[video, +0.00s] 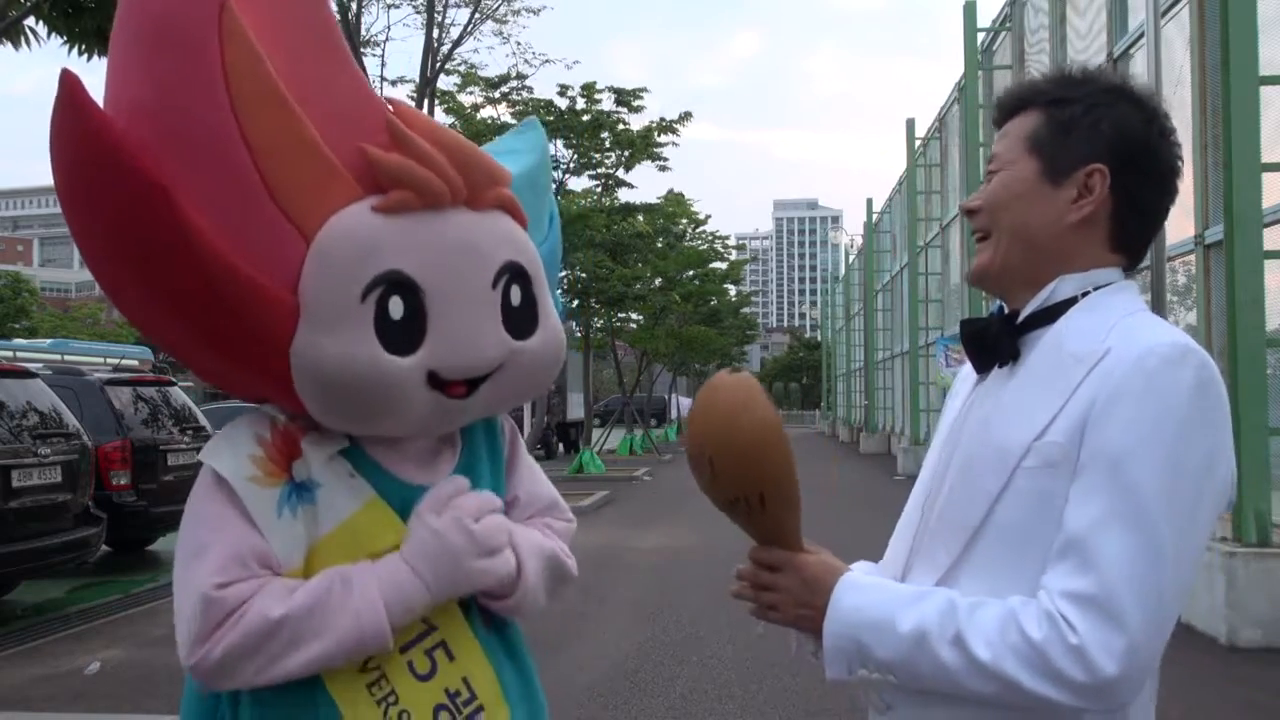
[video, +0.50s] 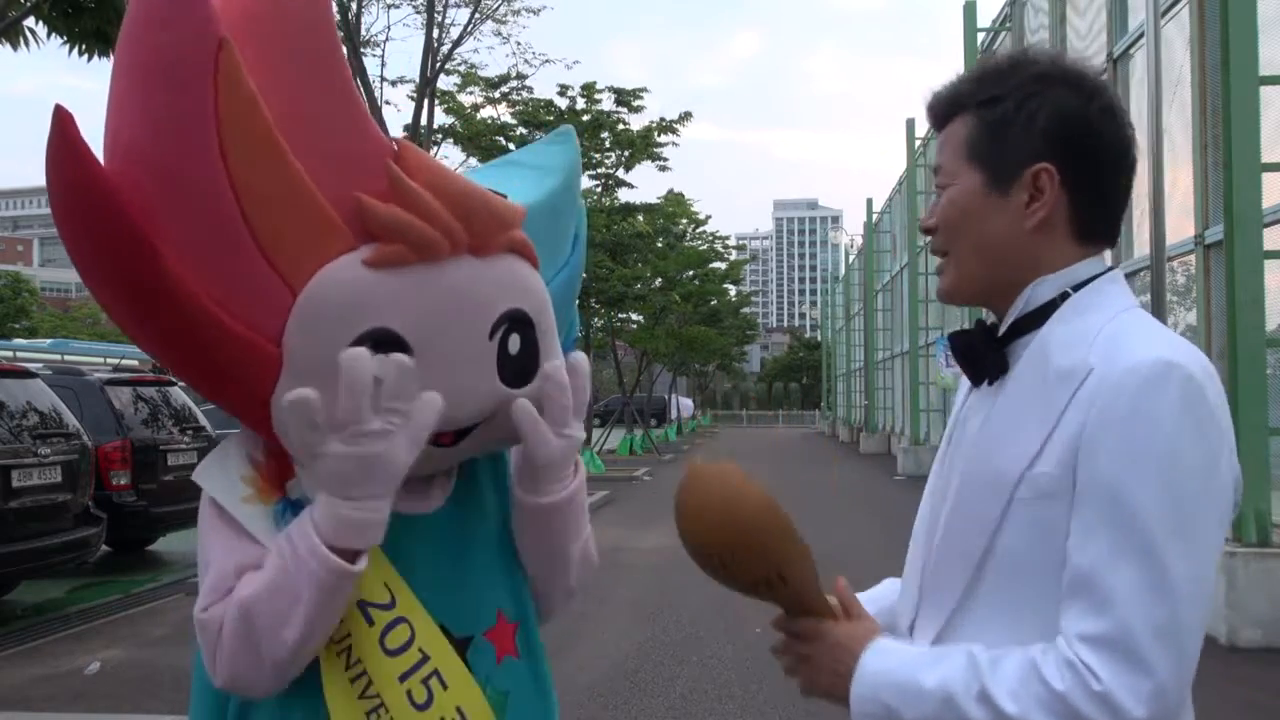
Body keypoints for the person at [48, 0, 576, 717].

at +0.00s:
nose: (467, 353)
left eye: (509, 300)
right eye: (399, 310)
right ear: (295, 312)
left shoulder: (491, 438)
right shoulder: (245, 465)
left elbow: (556, 541)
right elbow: (218, 638)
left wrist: (506, 558)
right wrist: (415, 574)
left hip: (491, 705)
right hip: (308, 712)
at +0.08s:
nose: (464, 363)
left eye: (507, 309)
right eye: (401, 318)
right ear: (300, 322)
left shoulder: (488, 441)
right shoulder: (242, 471)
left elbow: (555, 540)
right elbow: (219, 643)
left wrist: (502, 557)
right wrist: (410, 575)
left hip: (487, 704)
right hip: (306, 712)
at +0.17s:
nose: (466, 389)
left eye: (511, 325)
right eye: (398, 344)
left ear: (535, 318)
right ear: (295, 340)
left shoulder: (484, 457)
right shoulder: (242, 493)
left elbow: (547, 553)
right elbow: (227, 668)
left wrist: (516, 576)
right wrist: (410, 594)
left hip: (492, 707)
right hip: (332, 714)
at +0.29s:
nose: (466, 398)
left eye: (510, 335)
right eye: (395, 356)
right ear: (287, 348)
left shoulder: (487, 470)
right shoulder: (243, 492)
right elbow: (231, 672)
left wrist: (535, 583)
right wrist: (392, 580)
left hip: (491, 707)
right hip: (330, 714)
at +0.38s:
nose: (448, 403)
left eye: (493, 348)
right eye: (386, 365)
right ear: (280, 358)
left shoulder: (488, 473)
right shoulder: (249, 483)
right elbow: (235, 663)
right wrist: (366, 541)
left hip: (496, 711)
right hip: (320, 716)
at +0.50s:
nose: (439, 375)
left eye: (477, 332)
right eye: (383, 343)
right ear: (279, 349)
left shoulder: (492, 468)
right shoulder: (249, 479)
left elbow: (555, 595)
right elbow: (239, 662)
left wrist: (552, 473)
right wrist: (344, 516)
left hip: (499, 709)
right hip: (312, 714)